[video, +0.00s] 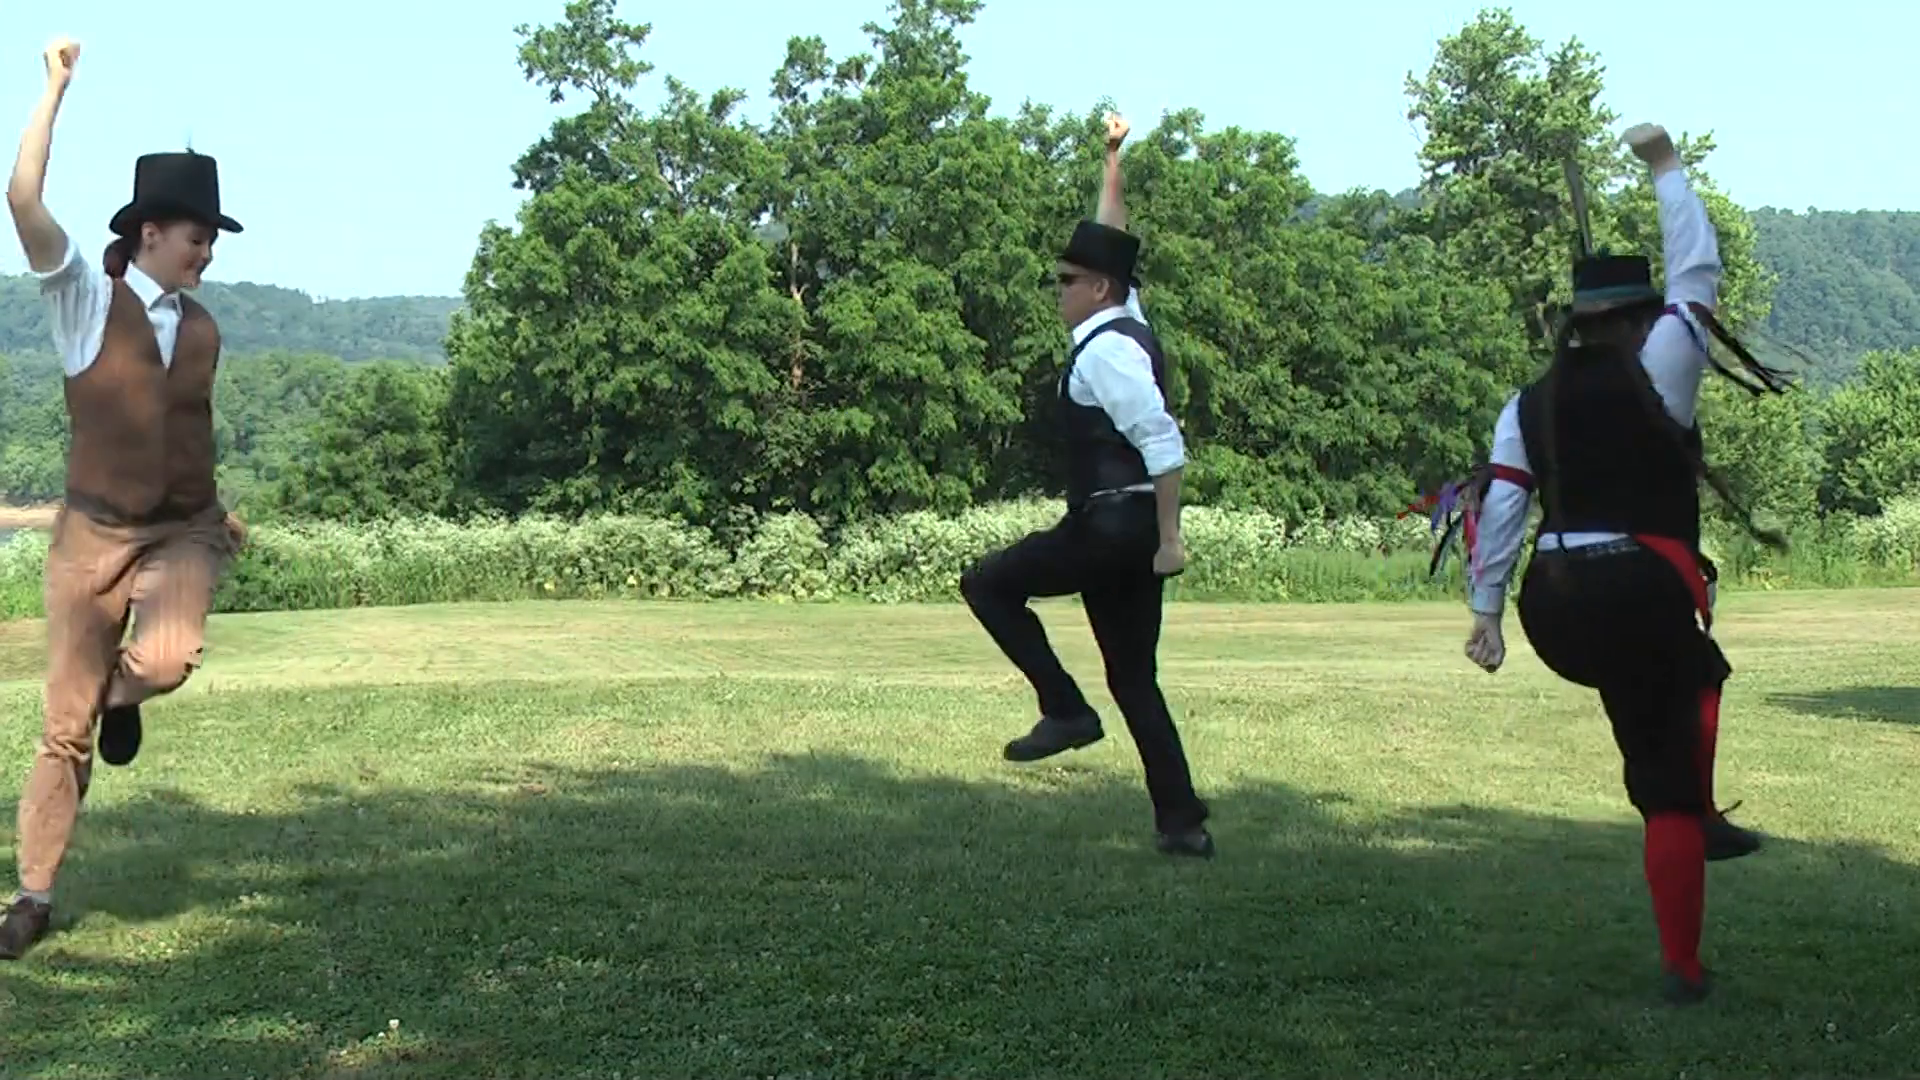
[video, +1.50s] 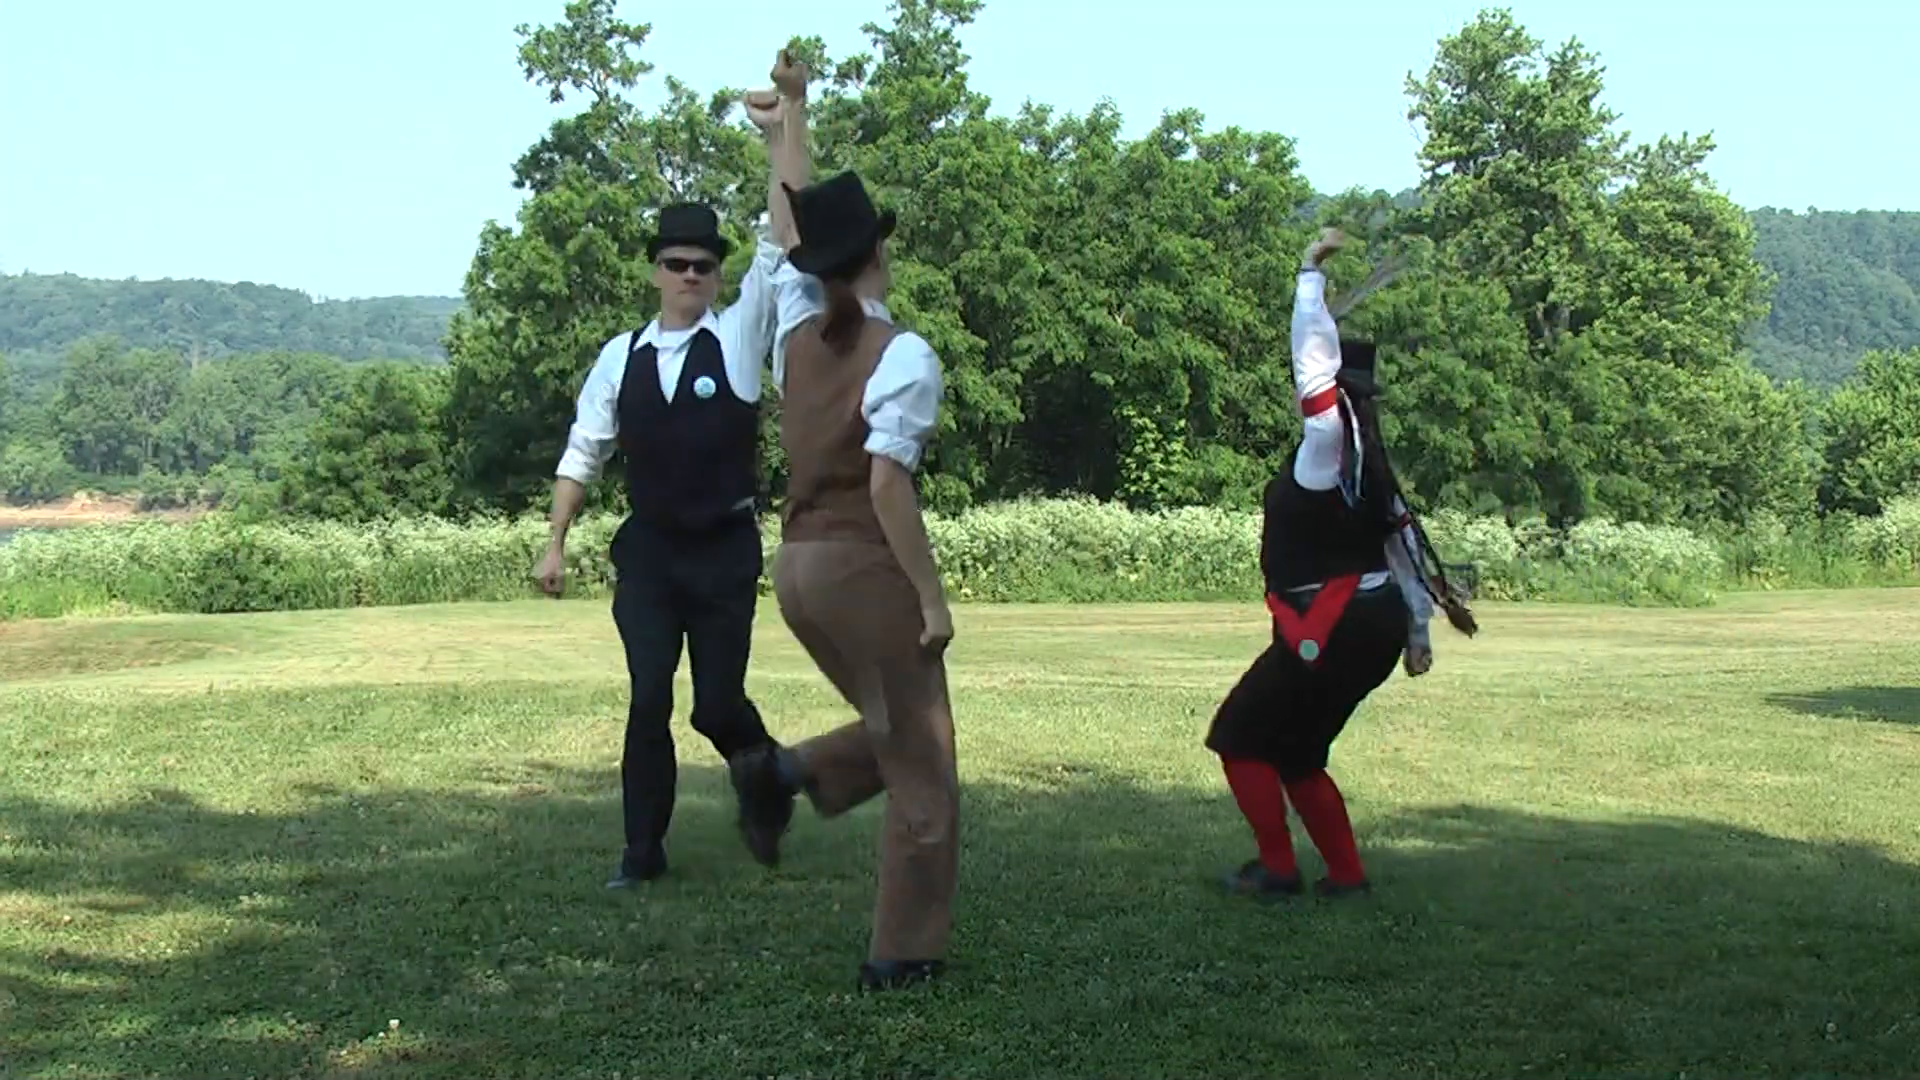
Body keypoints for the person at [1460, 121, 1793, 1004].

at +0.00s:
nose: (1649, 319)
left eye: (1627, 310)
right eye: (1643, 307)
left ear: (1576, 321)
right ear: (1639, 318)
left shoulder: (1528, 404)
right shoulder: (1665, 358)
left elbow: (1501, 507)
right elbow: (1695, 266)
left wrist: (1485, 608)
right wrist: (1666, 166)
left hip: (1553, 597)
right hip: (1645, 591)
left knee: (1694, 665)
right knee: (1675, 787)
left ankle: (1697, 815)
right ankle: (1682, 969)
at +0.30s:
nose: (1610, 353)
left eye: (1600, 344)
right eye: (1633, 344)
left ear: (1593, 353)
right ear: (1660, 348)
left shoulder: (1560, 435)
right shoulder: (1706, 408)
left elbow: (1498, 528)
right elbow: (1783, 356)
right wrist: (1723, 301)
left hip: (1602, 622)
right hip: (1701, 610)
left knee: (1642, 722)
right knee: (1700, 775)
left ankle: (1686, 851)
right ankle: (1694, 951)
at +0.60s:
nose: (1547, 391)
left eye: (1549, 381)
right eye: (1559, 378)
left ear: (1551, 389)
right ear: (1613, 382)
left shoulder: (1532, 443)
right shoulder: (1661, 444)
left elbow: (1486, 361)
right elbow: (1699, 526)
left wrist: (1473, 263)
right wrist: (1717, 618)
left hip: (1580, 634)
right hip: (1667, 624)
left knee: (1614, 784)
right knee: (1662, 750)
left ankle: (1667, 940)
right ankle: (1694, 888)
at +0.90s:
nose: (1478, 346)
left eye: (1484, 337)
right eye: (1485, 335)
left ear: (1499, 343)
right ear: (1552, 344)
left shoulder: (1478, 382)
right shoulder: (1591, 405)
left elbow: (1450, 294)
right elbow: (1643, 492)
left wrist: (1453, 212)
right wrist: (1674, 575)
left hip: (1521, 592)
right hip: (1603, 579)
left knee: (1544, 749)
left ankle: (1566, 900)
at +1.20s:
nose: (1400, 381)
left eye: (1406, 371)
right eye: (1406, 370)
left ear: (1422, 379)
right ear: (1467, 381)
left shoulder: (1414, 426)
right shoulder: (1498, 445)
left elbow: (1379, 336)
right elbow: (1538, 523)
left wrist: (1365, 259)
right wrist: (1552, 601)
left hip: (1451, 612)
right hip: (1506, 604)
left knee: (1482, 776)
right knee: (1375, 689)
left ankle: (1557, 908)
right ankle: (1382, 829)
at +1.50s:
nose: (1304, 383)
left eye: (1315, 374)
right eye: (1311, 374)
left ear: (1330, 382)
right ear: (1363, 387)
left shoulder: (1330, 433)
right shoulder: (1364, 450)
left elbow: (1314, 349)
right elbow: (1400, 539)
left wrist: (1311, 270)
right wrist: (1418, 627)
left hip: (1341, 618)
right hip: (1377, 615)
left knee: (1238, 733)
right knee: (1297, 751)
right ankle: (1346, 874)